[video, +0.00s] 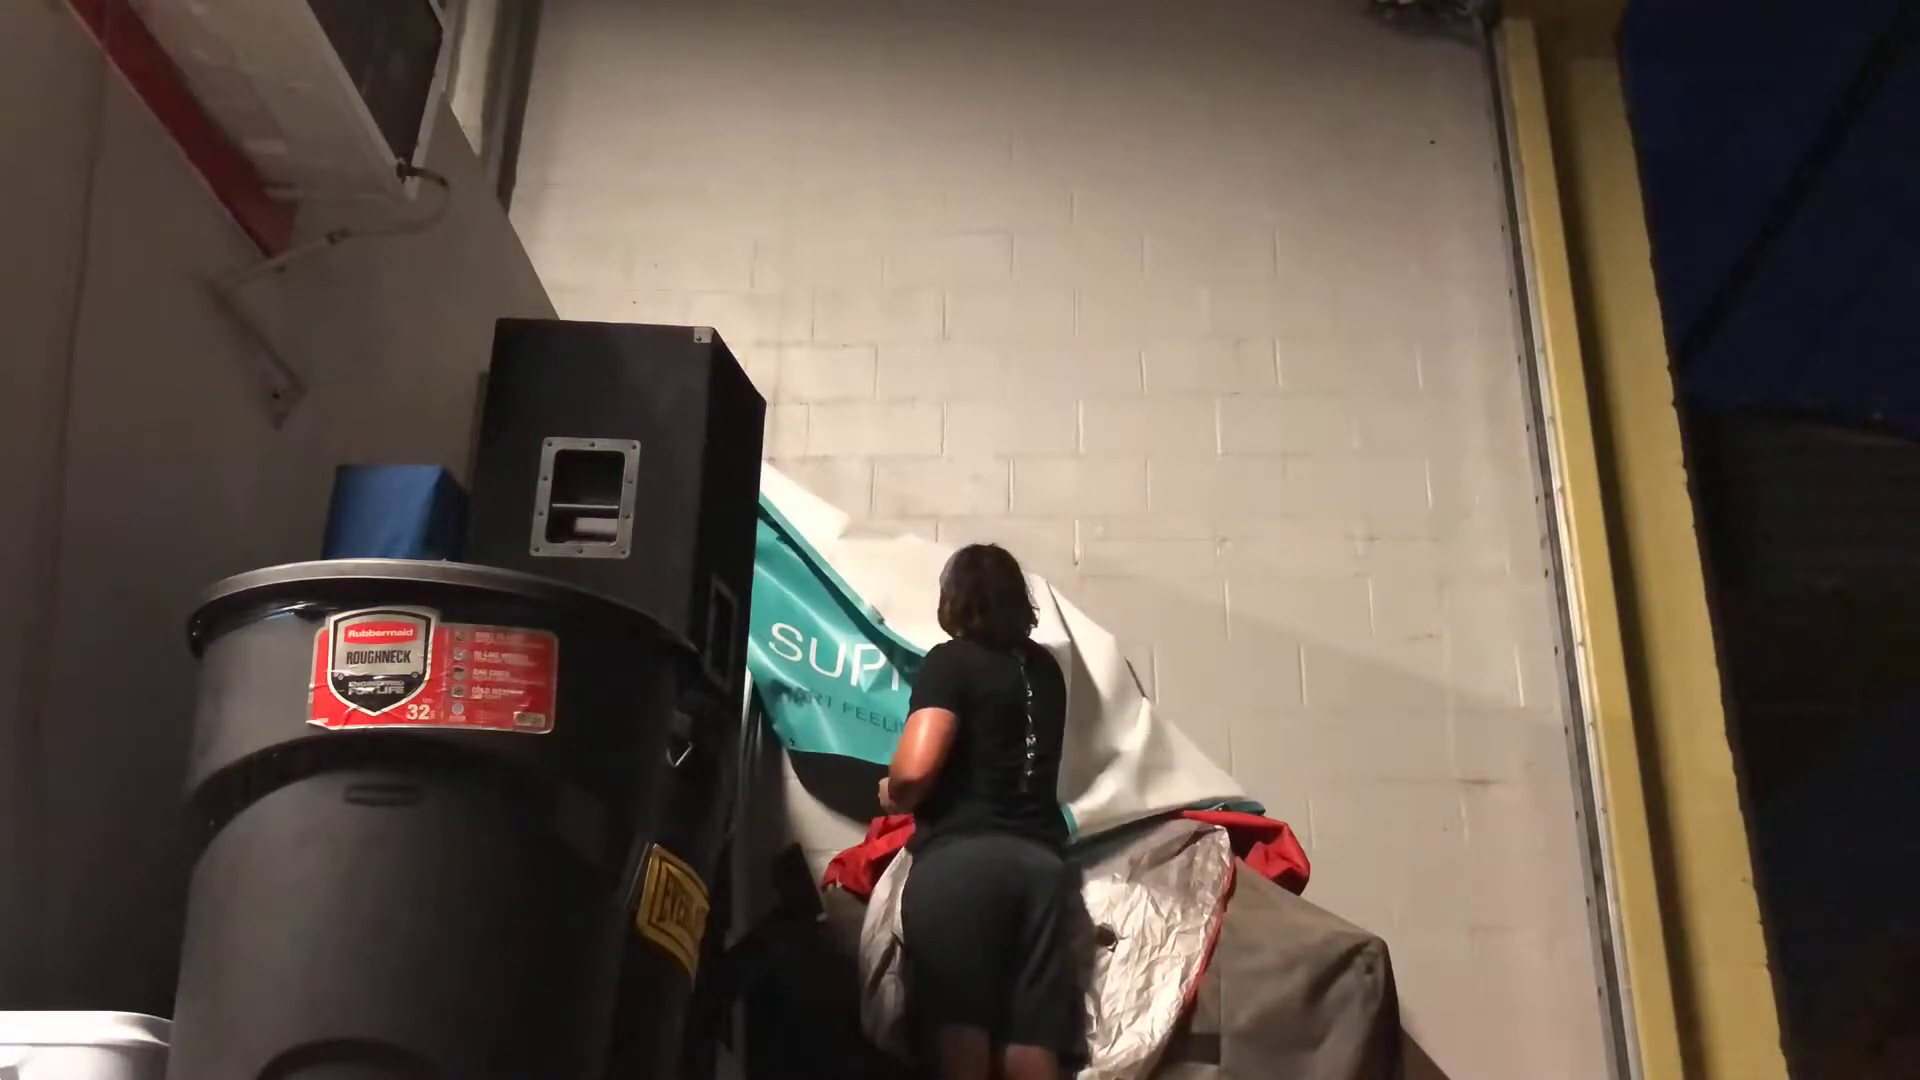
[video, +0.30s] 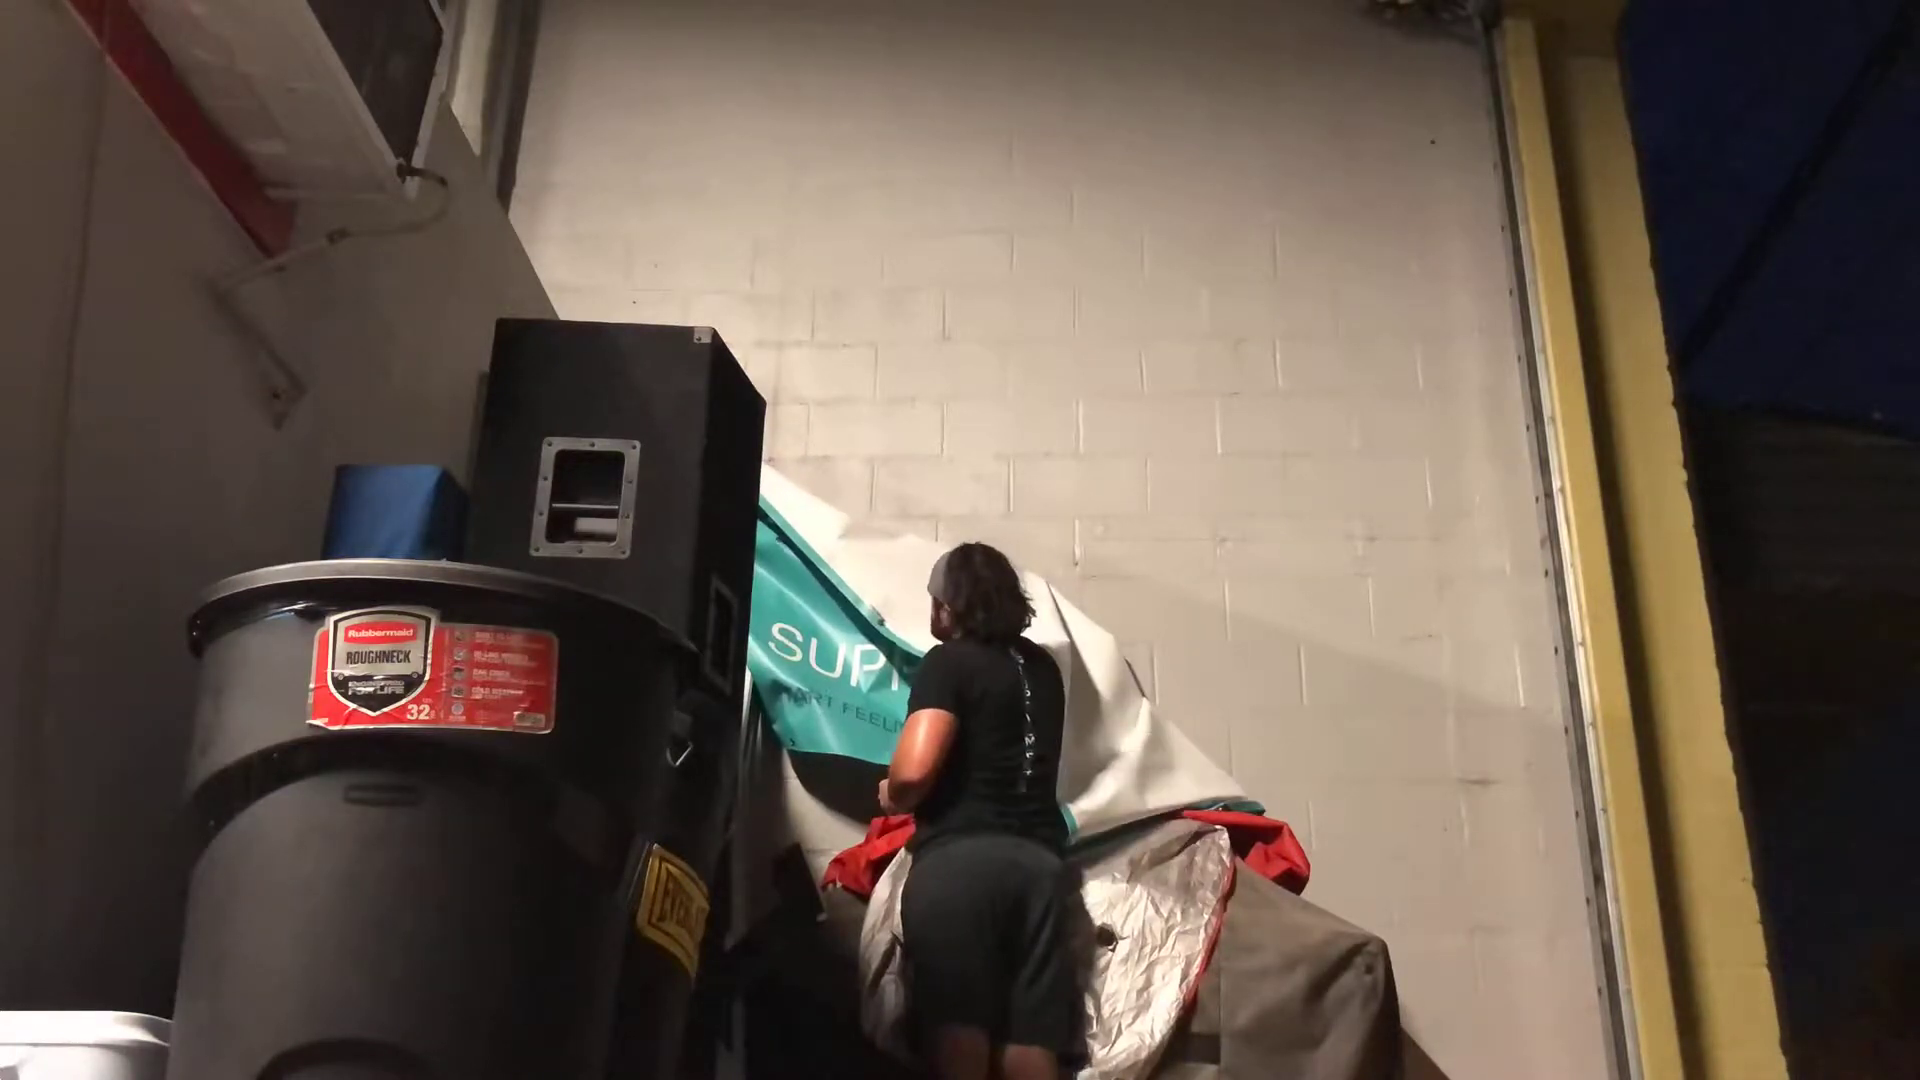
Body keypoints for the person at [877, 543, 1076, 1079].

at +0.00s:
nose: (942, 602)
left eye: (946, 593)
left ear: (953, 601)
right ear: (1018, 601)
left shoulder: (949, 661)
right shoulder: (1048, 667)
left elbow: (915, 769)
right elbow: (1036, 761)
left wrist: (892, 795)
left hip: (960, 858)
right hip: (1043, 863)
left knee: (959, 1039)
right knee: (1035, 1045)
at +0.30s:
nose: (931, 612)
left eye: (934, 600)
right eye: (932, 599)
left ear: (949, 605)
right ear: (1007, 602)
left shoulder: (948, 661)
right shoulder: (1045, 666)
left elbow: (914, 770)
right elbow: (1034, 760)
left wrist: (892, 796)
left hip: (960, 856)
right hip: (1042, 861)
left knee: (958, 1039)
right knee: (1034, 1045)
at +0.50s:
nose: (968, 590)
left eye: (971, 578)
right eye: (970, 578)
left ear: (991, 587)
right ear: (1041, 588)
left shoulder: (992, 654)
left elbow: (955, 757)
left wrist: (898, 741)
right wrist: (875, 674)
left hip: (974, 877)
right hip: (1051, 879)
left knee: (960, 1043)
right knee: (1036, 1049)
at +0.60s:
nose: (937, 604)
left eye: (936, 594)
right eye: (936, 595)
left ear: (949, 592)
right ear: (1016, 581)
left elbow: (897, 759)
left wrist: (950, 752)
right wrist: (1042, 743)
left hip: (971, 851)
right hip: (1063, 856)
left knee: (980, 1031)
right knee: (1054, 1035)